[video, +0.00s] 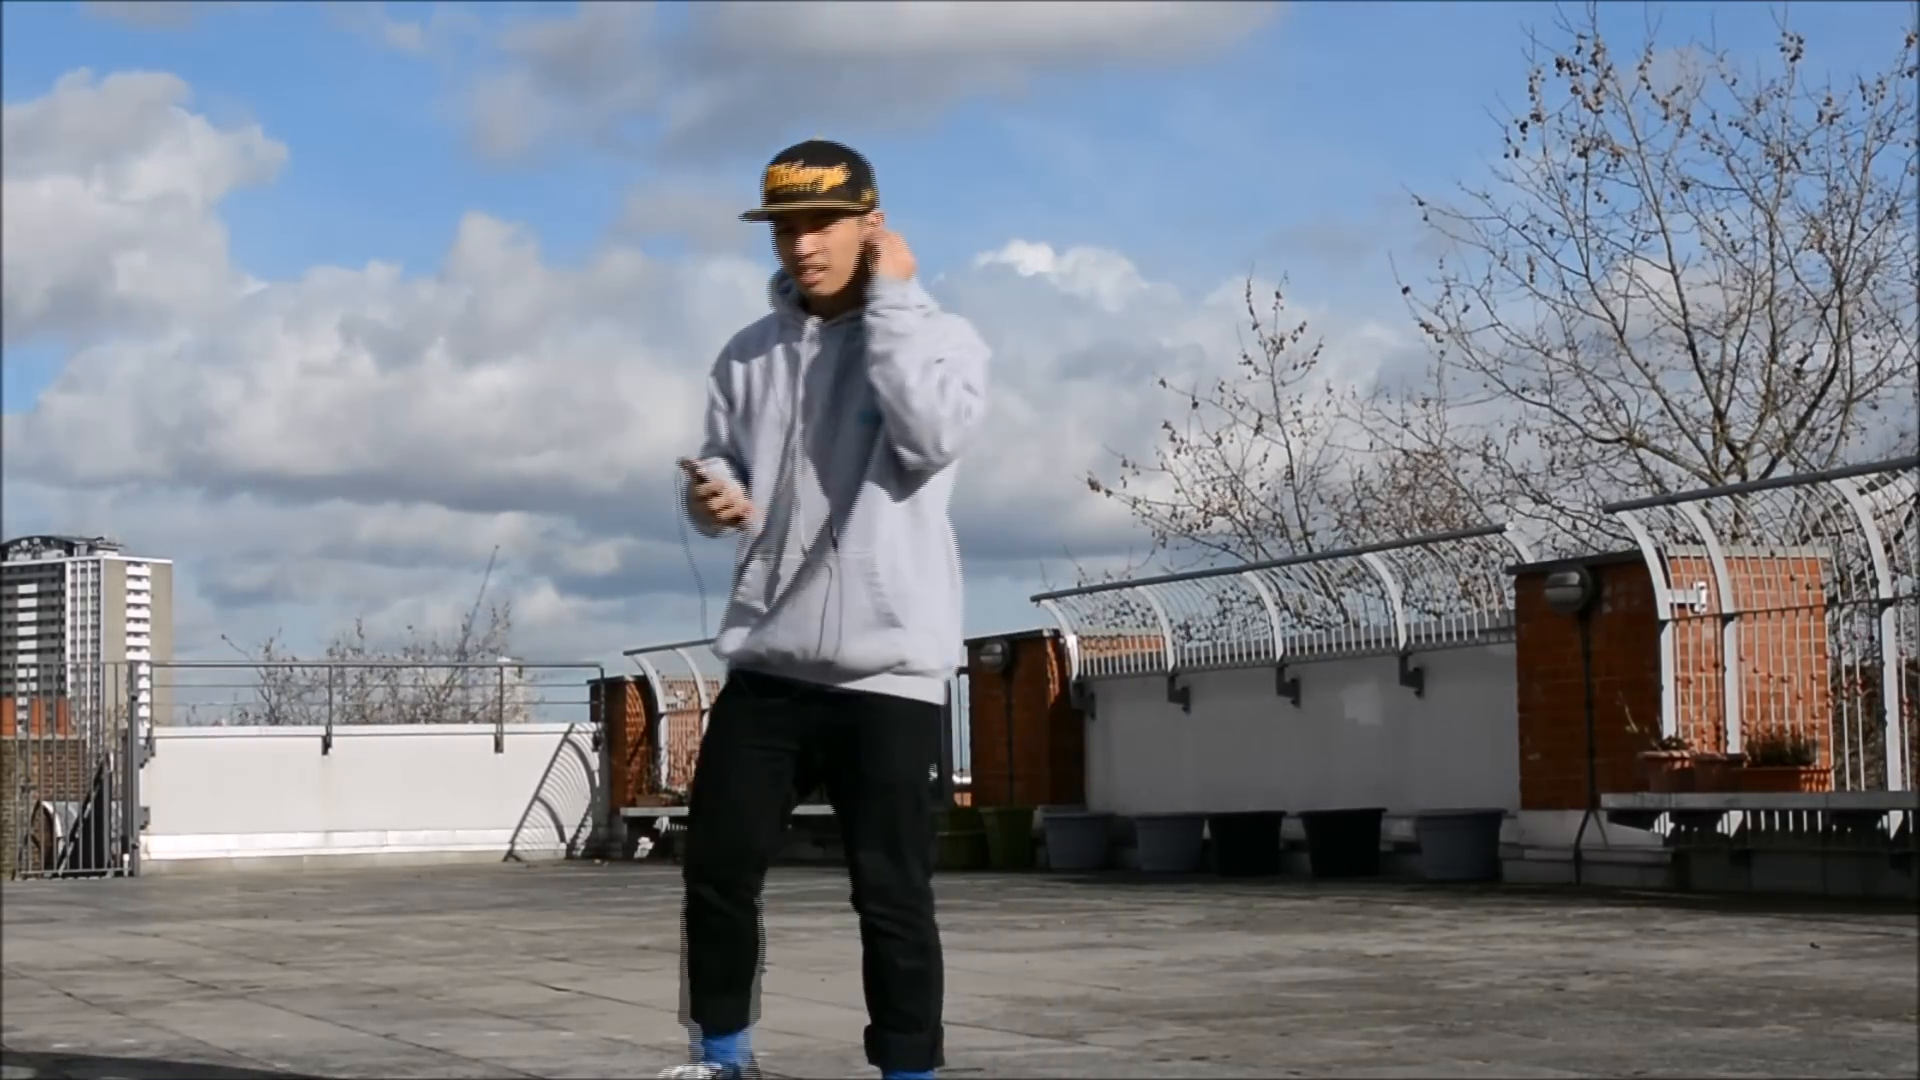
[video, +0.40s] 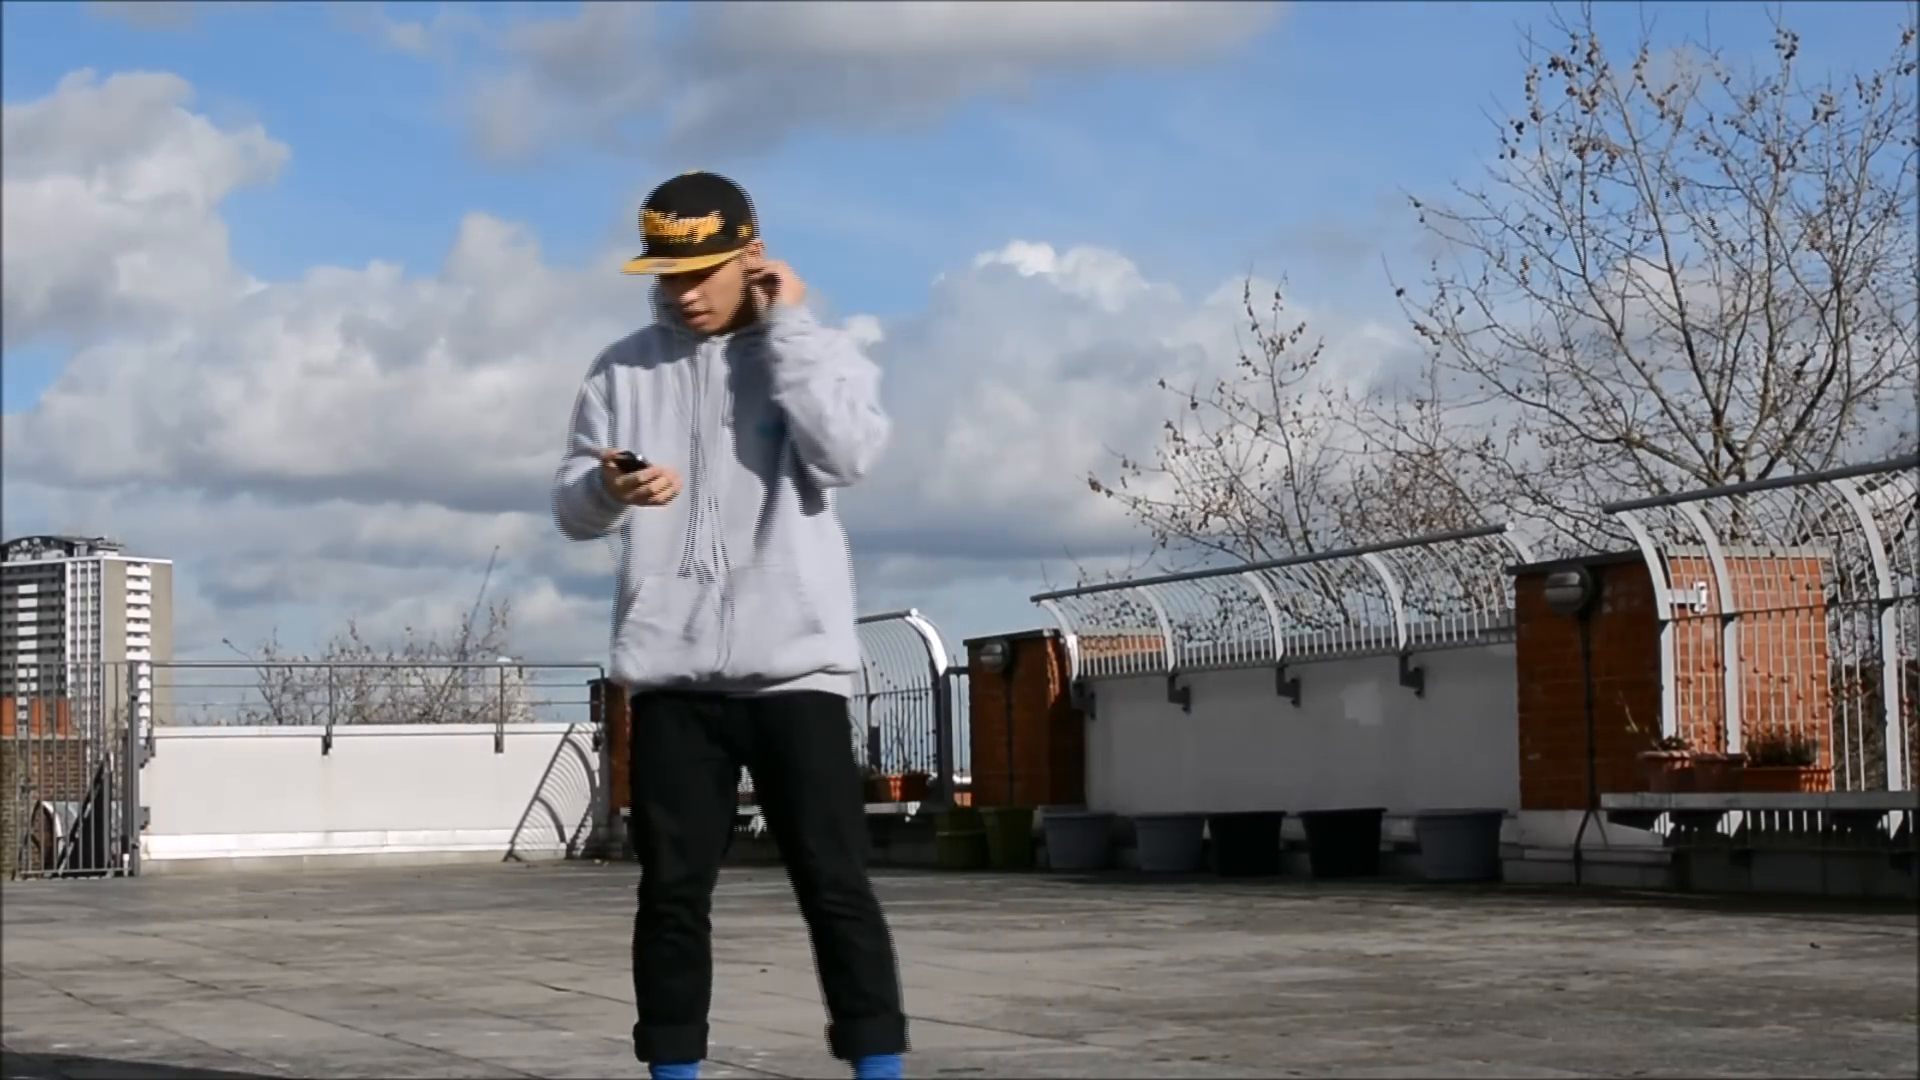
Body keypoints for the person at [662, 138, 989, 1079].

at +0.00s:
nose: (799, 246)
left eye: (820, 226)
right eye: (785, 229)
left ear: (871, 228)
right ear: (774, 238)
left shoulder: (937, 335)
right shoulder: (750, 354)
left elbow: (927, 440)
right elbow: (713, 477)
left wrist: (893, 296)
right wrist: (713, 500)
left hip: (891, 660)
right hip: (771, 657)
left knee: (890, 881)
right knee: (718, 858)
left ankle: (908, 1069)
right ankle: (721, 1055)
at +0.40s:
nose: (681, 295)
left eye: (699, 275)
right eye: (666, 278)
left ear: (751, 258)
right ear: (649, 269)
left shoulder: (813, 344)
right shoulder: (621, 369)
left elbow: (848, 455)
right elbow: (572, 512)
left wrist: (784, 322)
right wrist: (609, 491)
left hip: (795, 663)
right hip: (670, 667)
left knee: (832, 879)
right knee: (672, 886)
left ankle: (877, 1064)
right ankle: (673, 1069)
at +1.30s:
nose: (736, 331)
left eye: (753, 315)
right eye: (719, 316)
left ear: (787, 292)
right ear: (694, 297)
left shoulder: (844, 381)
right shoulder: (649, 385)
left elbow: (885, 522)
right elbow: (611, 519)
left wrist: (843, 449)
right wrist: (676, 502)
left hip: (799, 678)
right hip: (683, 675)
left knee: (780, 882)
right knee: (680, 876)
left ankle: (763, 1061)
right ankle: (668, 1060)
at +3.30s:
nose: (761, 301)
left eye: (779, 285)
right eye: (746, 283)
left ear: (819, 278)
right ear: (726, 277)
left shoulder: (867, 389)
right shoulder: (665, 376)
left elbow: (908, 505)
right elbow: (595, 489)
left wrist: (857, 546)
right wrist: (596, 609)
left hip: (805, 678)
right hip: (684, 669)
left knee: (779, 883)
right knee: (673, 875)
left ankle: (760, 1062)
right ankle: (654, 1061)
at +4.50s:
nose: (761, 276)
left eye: (782, 258)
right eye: (746, 258)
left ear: (819, 264)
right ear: (727, 263)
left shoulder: (870, 380)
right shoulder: (673, 362)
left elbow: (904, 495)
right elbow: (625, 483)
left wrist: (873, 546)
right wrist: (638, 590)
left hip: (805, 672)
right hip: (686, 659)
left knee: (780, 884)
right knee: (673, 872)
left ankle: (762, 1063)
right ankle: (653, 1062)